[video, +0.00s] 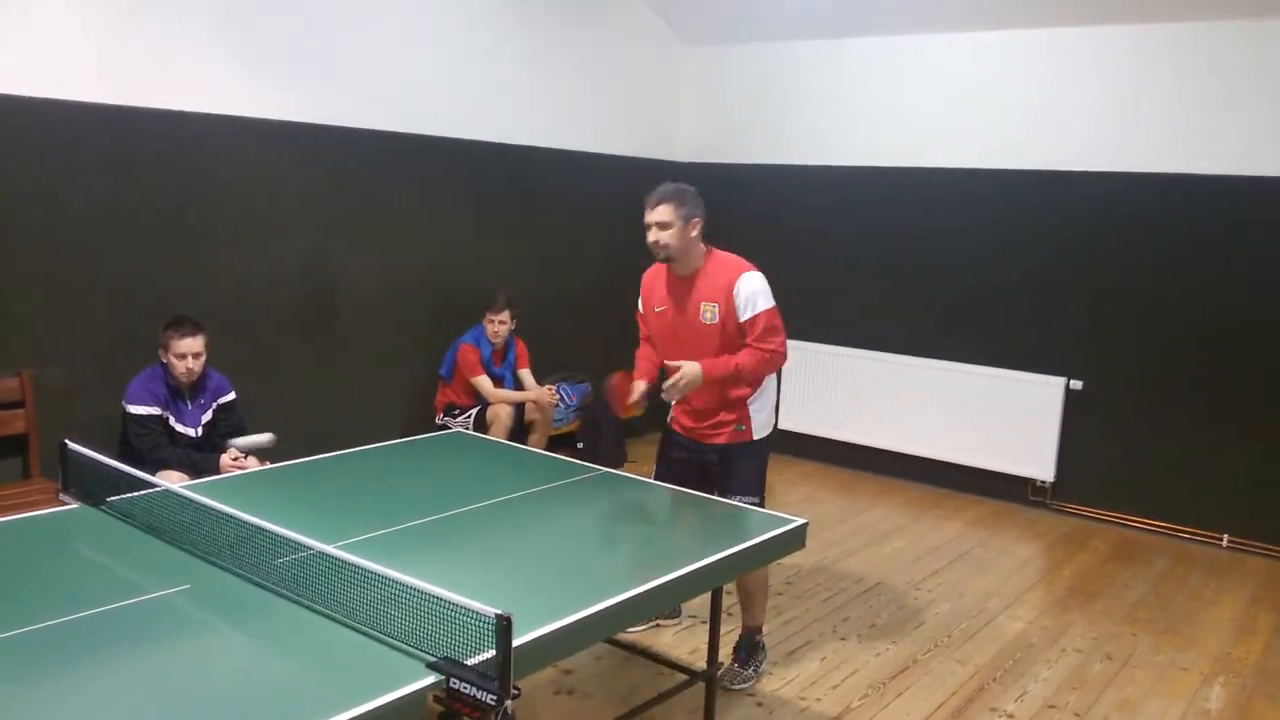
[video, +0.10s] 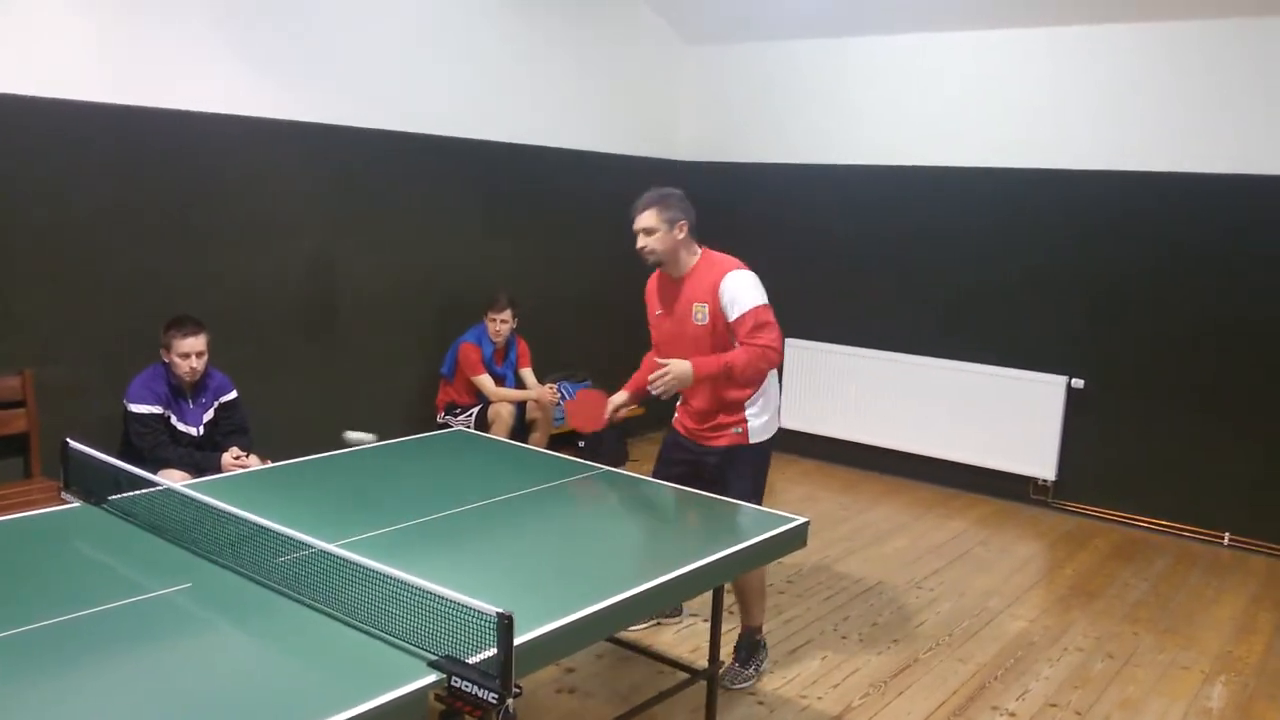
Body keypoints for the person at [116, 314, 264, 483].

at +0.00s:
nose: (190, 365)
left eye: (197, 356)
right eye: (181, 357)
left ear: (205, 354)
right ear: (163, 356)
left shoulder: (218, 386)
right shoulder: (142, 392)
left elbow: (235, 441)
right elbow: (155, 454)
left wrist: (240, 458)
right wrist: (215, 464)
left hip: (210, 467)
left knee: (252, 467)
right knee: (175, 481)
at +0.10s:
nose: (194, 365)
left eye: (200, 355)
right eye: (184, 357)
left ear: (207, 353)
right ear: (165, 355)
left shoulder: (220, 384)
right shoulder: (144, 391)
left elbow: (236, 434)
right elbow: (155, 452)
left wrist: (235, 451)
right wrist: (217, 462)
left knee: (254, 464)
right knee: (177, 480)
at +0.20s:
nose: (195, 364)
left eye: (200, 355)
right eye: (185, 356)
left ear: (207, 352)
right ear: (165, 355)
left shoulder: (219, 383)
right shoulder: (143, 390)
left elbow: (235, 432)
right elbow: (155, 451)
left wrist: (234, 449)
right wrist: (216, 461)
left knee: (253, 463)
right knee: (176, 479)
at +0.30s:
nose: (199, 363)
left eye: (204, 354)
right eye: (189, 355)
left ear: (211, 351)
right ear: (169, 354)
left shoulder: (223, 382)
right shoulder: (147, 388)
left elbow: (239, 431)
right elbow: (158, 451)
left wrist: (238, 449)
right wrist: (220, 461)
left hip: (213, 462)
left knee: (256, 462)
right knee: (181, 478)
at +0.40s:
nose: (199, 363)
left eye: (205, 353)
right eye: (189, 354)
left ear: (212, 350)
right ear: (169, 353)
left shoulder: (223, 382)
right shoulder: (148, 388)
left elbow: (239, 431)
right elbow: (159, 450)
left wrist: (239, 449)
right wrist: (221, 460)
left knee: (256, 461)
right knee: (181, 477)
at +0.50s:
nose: (199, 362)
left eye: (205, 353)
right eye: (189, 354)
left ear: (212, 350)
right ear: (170, 353)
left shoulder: (224, 382)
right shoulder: (148, 388)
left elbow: (239, 431)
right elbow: (159, 450)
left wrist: (239, 448)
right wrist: (221, 460)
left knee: (257, 461)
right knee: (180, 477)